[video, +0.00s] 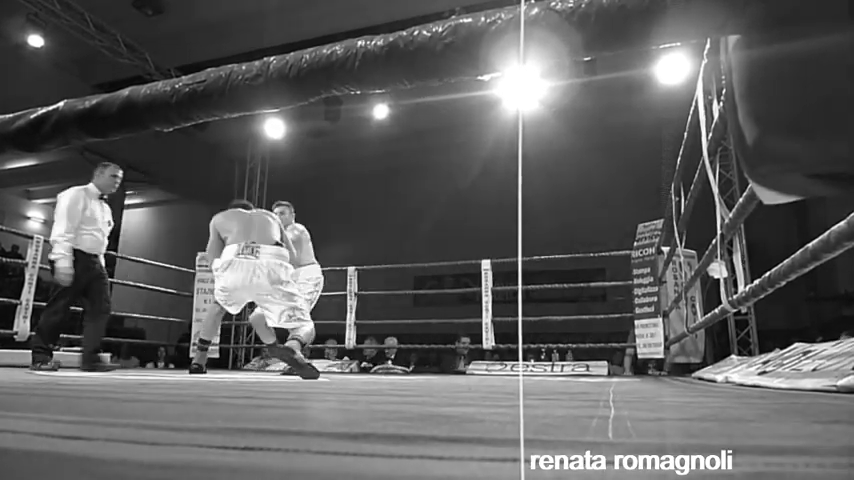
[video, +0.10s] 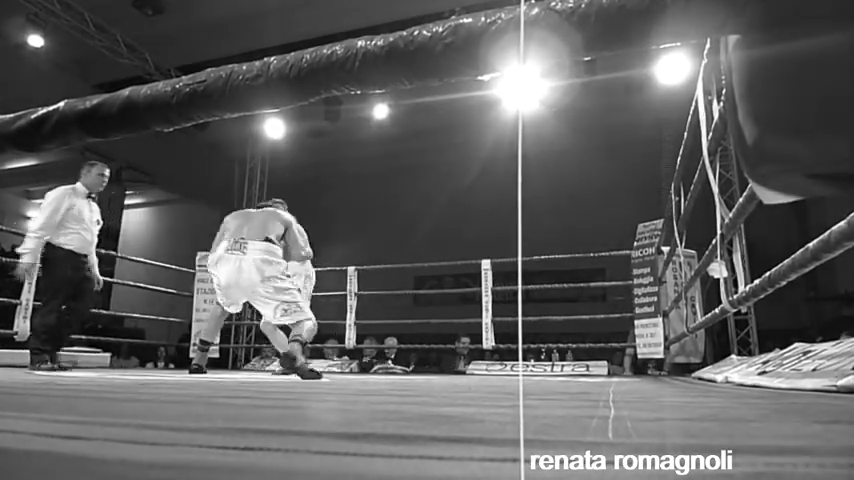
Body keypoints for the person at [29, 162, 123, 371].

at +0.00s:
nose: (118, 182)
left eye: (120, 179)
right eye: (114, 177)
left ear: (119, 183)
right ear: (99, 174)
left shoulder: (105, 209)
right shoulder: (74, 195)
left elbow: (100, 243)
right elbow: (62, 230)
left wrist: (101, 267)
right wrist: (63, 261)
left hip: (95, 262)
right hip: (73, 256)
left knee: (100, 307)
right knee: (58, 306)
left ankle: (90, 357)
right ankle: (40, 355)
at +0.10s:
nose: (105, 181)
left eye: (107, 178)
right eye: (101, 175)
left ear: (107, 182)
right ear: (85, 173)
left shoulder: (94, 209)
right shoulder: (62, 195)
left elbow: (90, 246)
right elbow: (38, 228)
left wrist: (95, 272)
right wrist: (28, 258)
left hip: (81, 261)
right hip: (58, 255)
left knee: (80, 306)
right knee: (52, 305)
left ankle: (52, 351)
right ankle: (39, 355)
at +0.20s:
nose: (98, 182)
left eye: (100, 179)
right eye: (94, 177)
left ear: (98, 182)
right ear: (77, 174)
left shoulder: (88, 211)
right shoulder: (55, 195)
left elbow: (85, 246)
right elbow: (27, 226)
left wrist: (90, 271)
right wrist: (10, 258)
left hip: (73, 260)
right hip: (52, 254)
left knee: (64, 308)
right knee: (50, 304)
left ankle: (24, 346)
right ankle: (38, 355)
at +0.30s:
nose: (89, 184)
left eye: (91, 180)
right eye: (86, 179)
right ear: (70, 177)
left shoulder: (80, 211)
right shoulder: (44, 196)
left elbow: (79, 246)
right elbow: (16, 228)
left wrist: (83, 271)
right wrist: (2, 253)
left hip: (61, 260)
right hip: (41, 254)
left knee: (35, 306)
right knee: (51, 301)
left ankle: (7, 352)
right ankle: (39, 356)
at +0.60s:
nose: (78, 184)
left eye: (79, 181)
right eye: (74, 179)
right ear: (58, 177)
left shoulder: (67, 211)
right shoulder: (28, 195)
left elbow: (64, 245)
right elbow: (5, 230)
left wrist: (63, 271)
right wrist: (3, 262)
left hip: (46, 261)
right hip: (23, 254)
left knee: (34, 305)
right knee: (26, 297)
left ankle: (15, 351)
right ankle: (10, 352)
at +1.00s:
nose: (55, 176)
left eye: (56, 172)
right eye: (51, 171)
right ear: (34, 170)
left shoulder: (50, 204)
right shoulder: (6, 190)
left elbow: (49, 241)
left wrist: (46, 269)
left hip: (31, 260)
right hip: (6, 255)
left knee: (16, 310)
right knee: (6, 307)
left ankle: (7, 353)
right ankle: (5, 353)